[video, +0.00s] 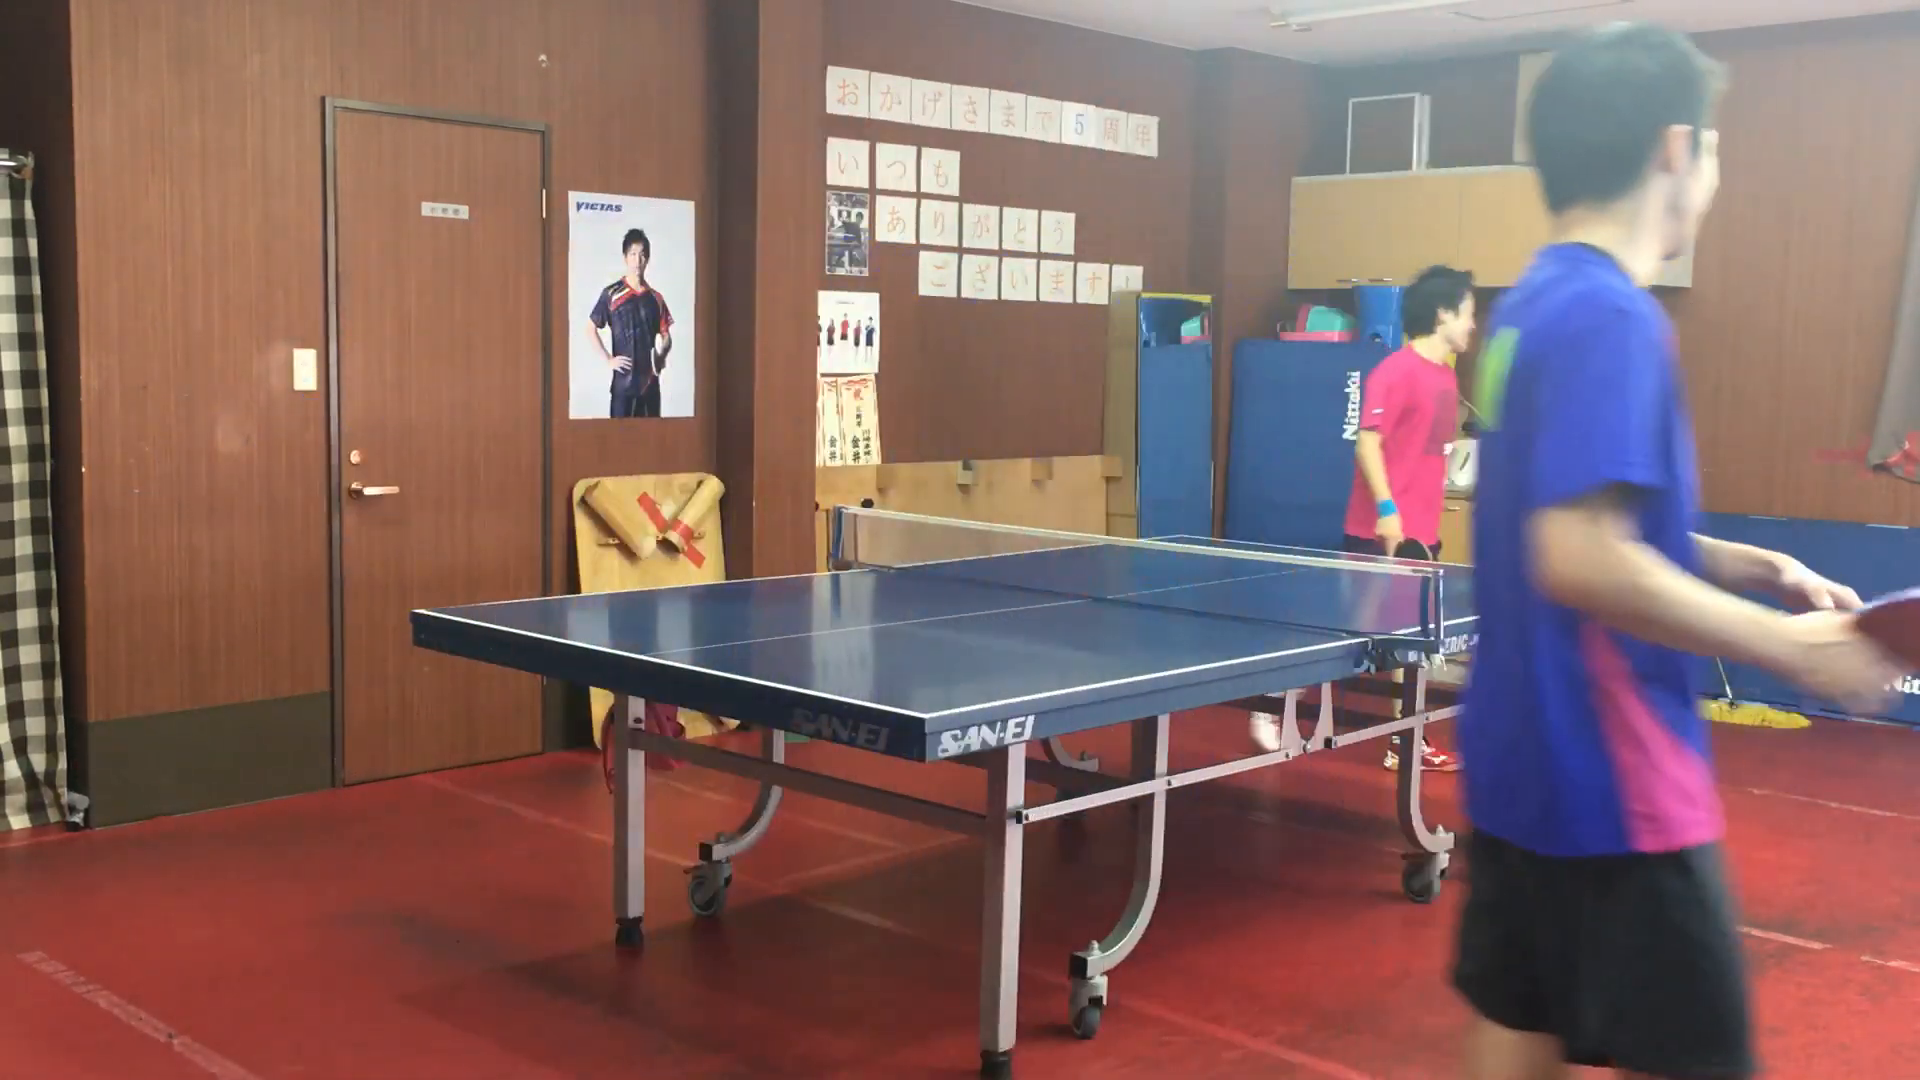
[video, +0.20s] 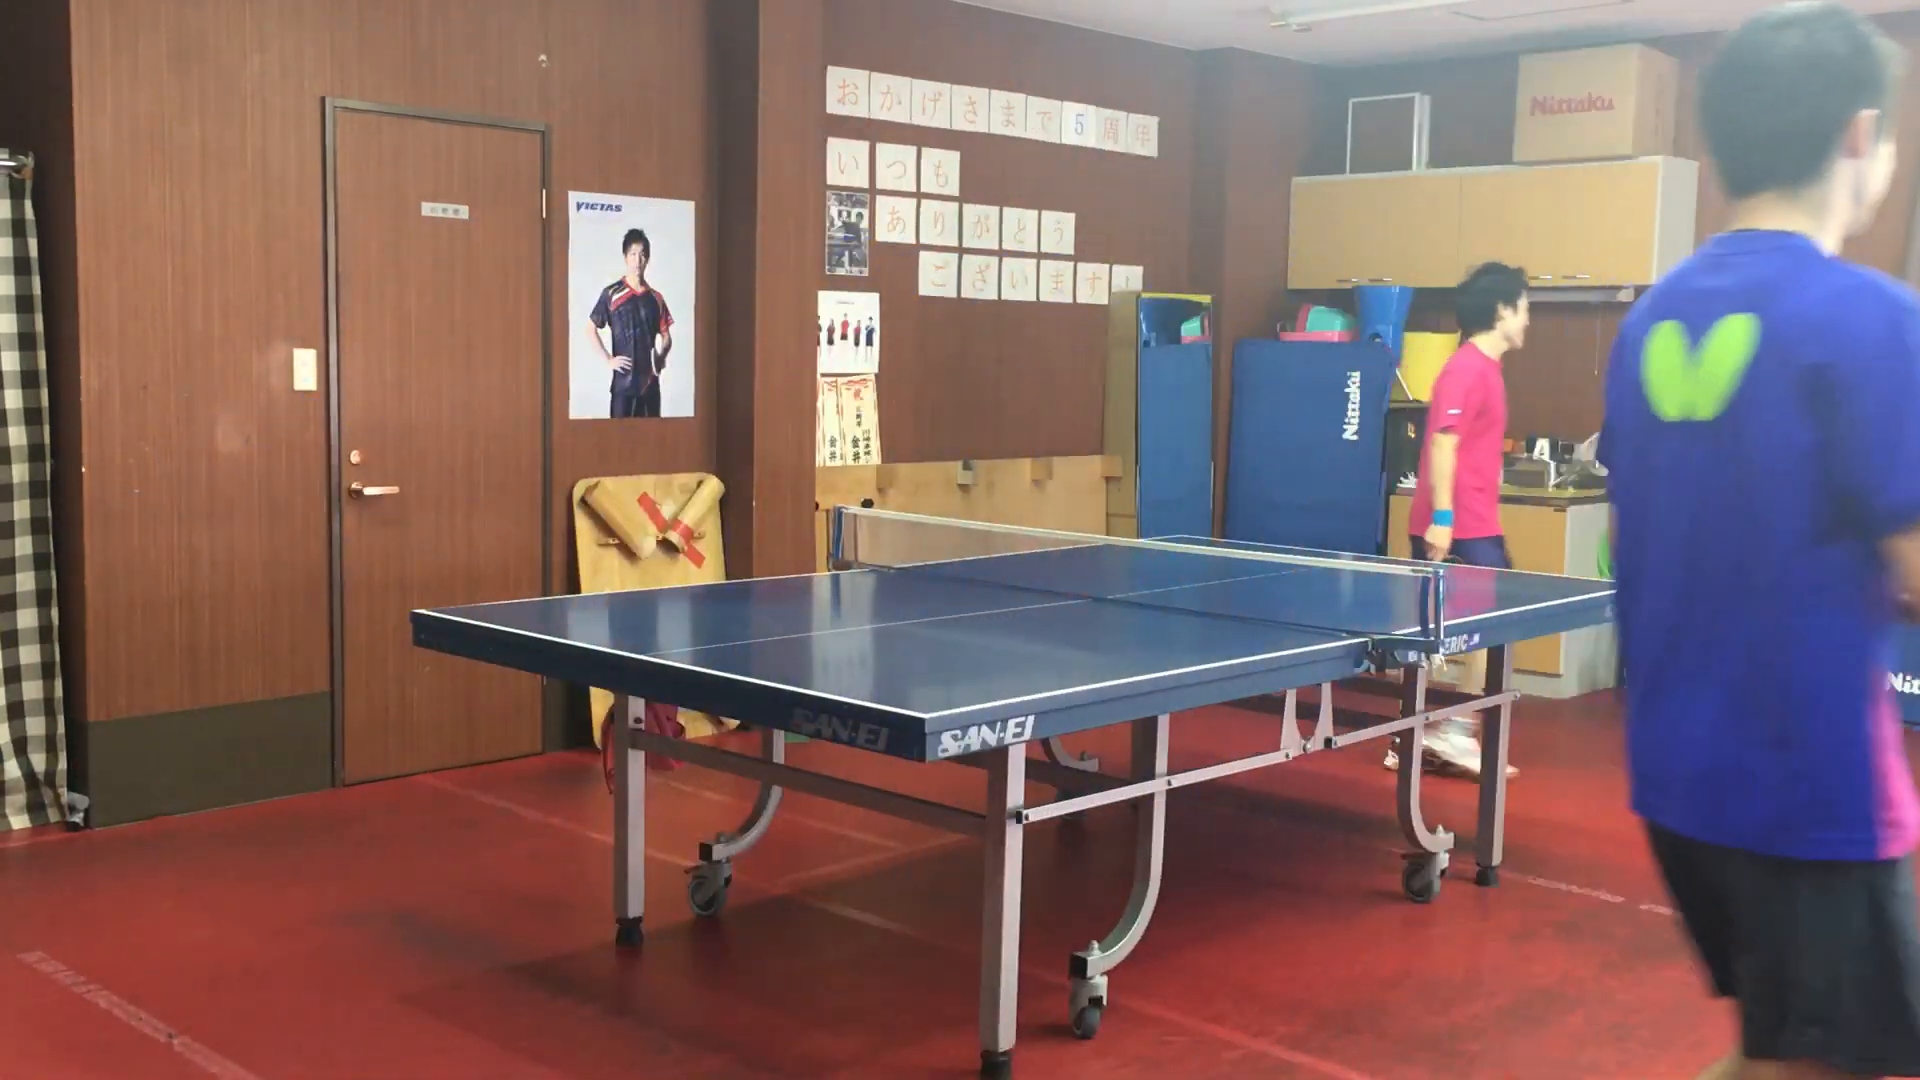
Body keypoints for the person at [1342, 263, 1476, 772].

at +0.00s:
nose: (1473, 325)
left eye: (1472, 314)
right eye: (1466, 314)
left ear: (1442, 318)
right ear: (1439, 316)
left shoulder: (1445, 375)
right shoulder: (1394, 371)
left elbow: (1430, 452)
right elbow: (1367, 442)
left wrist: (1432, 521)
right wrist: (1387, 511)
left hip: (1421, 534)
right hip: (1377, 531)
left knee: (1413, 642)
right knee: (1348, 629)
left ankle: (1408, 739)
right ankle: (1275, 709)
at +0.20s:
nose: (1529, 320)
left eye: (1528, 309)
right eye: (1523, 309)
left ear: (1492, 313)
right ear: (1499, 312)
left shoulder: (1486, 367)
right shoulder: (1466, 367)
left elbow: (1466, 448)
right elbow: (1442, 443)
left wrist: (1478, 519)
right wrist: (1442, 519)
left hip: (1476, 528)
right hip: (1460, 531)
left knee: (1455, 637)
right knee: (1476, 634)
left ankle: (1419, 734)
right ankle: (1447, 729)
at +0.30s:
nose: (1558, 322)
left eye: (1557, 312)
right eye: (1554, 312)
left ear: (1515, 317)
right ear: (1532, 316)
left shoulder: (1490, 367)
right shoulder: (1511, 372)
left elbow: (1468, 448)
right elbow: (1489, 450)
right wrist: (1482, 523)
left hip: (1466, 529)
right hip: (1505, 532)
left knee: (1436, 635)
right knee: (1544, 629)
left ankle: (1410, 734)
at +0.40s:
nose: (1592, 325)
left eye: (1589, 316)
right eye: (1588, 316)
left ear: (1541, 322)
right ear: (1570, 321)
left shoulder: (1518, 375)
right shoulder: (1553, 379)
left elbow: (1493, 454)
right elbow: (1536, 457)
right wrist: (1531, 530)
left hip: (1493, 536)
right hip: (1542, 538)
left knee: (1461, 631)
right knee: (1583, 622)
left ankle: (1414, 730)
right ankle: (1601, 744)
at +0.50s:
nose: (1628, 325)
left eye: (1626, 315)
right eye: (1624, 315)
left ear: (1571, 322)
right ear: (1606, 322)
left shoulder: (1553, 375)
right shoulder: (1594, 383)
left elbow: (1541, 459)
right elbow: (1589, 463)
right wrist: (1594, 538)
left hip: (1540, 538)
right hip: (1583, 541)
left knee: (1527, 632)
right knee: (1619, 625)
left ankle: (1446, 714)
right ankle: (1610, 746)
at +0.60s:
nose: (1661, 321)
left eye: (1659, 311)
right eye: (1658, 311)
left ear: (1604, 317)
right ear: (1643, 317)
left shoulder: (1577, 375)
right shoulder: (1639, 380)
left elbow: (1577, 457)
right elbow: (1647, 460)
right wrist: (1664, 532)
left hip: (1578, 533)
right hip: (1622, 536)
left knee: (1595, 627)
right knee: (1637, 634)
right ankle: (1612, 747)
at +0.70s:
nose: (1692, 317)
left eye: (1690, 308)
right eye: (1690, 308)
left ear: (1633, 315)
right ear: (1677, 314)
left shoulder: (1604, 373)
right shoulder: (1681, 375)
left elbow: (1588, 453)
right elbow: (1703, 455)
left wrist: (1595, 514)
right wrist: (1730, 524)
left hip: (1608, 527)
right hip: (1653, 530)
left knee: (1663, 610)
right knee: (1645, 629)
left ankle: (1597, 694)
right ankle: (1612, 747)